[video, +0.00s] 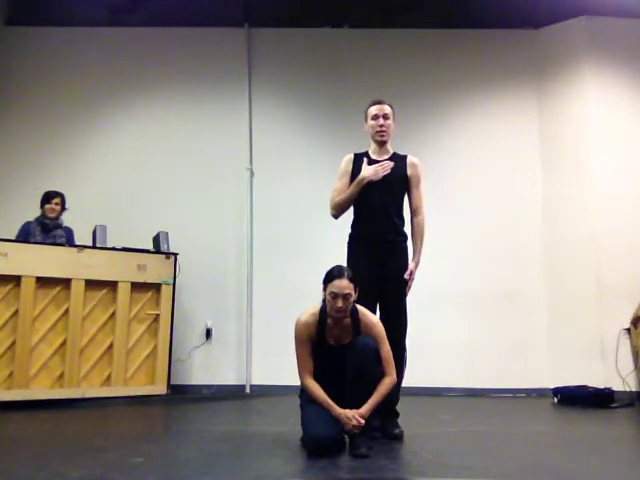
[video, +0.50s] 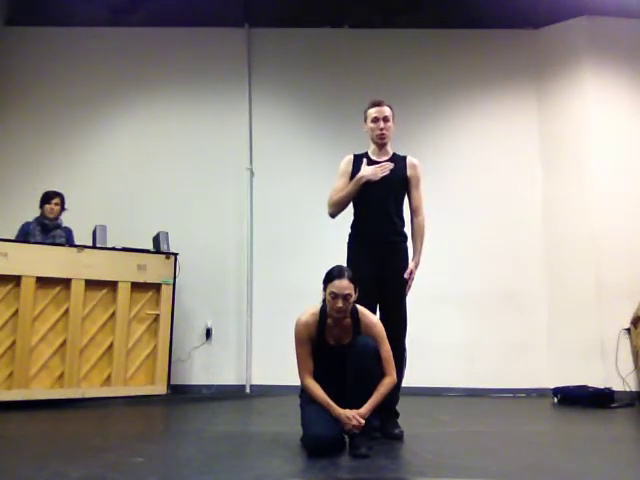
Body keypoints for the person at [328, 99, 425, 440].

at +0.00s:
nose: (381, 122)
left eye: (386, 117)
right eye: (375, 117)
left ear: (394, 124)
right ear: (366, 125)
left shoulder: (410, 165)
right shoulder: (353, 163)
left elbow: (417, 214)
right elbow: (335, 208)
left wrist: (415, 259)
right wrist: (363, 178)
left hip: (394, 257)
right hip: (361, 256)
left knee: (394, 336)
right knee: (358, 336)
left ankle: (389, 415)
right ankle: (359, 416)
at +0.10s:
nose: (381, 122)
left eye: (386, 117)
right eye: (375, 117)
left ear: (394, 124)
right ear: (365, 125)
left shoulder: (409, 165)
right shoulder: (352, 163)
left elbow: (417, 215)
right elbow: (334, 208)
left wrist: (416, 259)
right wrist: (363, 178)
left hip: (394, 257)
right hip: (361, 256)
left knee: (394, 337)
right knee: (358, 336)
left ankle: (388, 415)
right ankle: (358, 416)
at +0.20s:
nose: (381, 122)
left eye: (386, 117)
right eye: (375, 117)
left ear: (394, 124)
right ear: (365, 125)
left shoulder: (410, 166)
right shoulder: (353, 162)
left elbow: (417, 215)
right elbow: (333, 208)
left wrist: (416, 259)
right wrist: (362, 178)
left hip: (394, 257)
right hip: (361, 256)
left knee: (394, 336)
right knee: (359, 335)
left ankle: (388, 414)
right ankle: (359, 415)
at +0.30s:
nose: (381, 122)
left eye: (386, 117)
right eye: (375, 118)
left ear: (394, 124)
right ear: (365, 125)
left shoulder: (409, 166)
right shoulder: (352, 163)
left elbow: (417, 215)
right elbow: (333, 208)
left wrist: (416, 259)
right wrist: (360, 176)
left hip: (394, 257)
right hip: (361, 256)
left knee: (394, 337)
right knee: (358, 336)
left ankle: (388, 415)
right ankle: (358, 416)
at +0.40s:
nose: (381, 124)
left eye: (386, 119)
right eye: (375, 119)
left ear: (394, 125)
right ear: (365, 126)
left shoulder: (409, 166)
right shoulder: (352, 163)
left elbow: (418, 215)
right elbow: (333, 208)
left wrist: (415, 259)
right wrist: (360, 176)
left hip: (394, 257)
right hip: (361, 256)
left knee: (394, 337)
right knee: (358, 336)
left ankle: (388, 415)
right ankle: (358, 416)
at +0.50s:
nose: (381, 125)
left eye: (386, 120)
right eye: (375, 120)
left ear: (394, 125)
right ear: (365, 126)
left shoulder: (409, 166)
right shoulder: (352, 163)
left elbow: (418, 215)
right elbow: (333, 208)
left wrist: (416, 259)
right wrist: (361, 178)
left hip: (394, 258)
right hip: (361, 257)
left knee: (394, 337)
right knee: (358, 337)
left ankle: (388, 415)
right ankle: (358, 416)